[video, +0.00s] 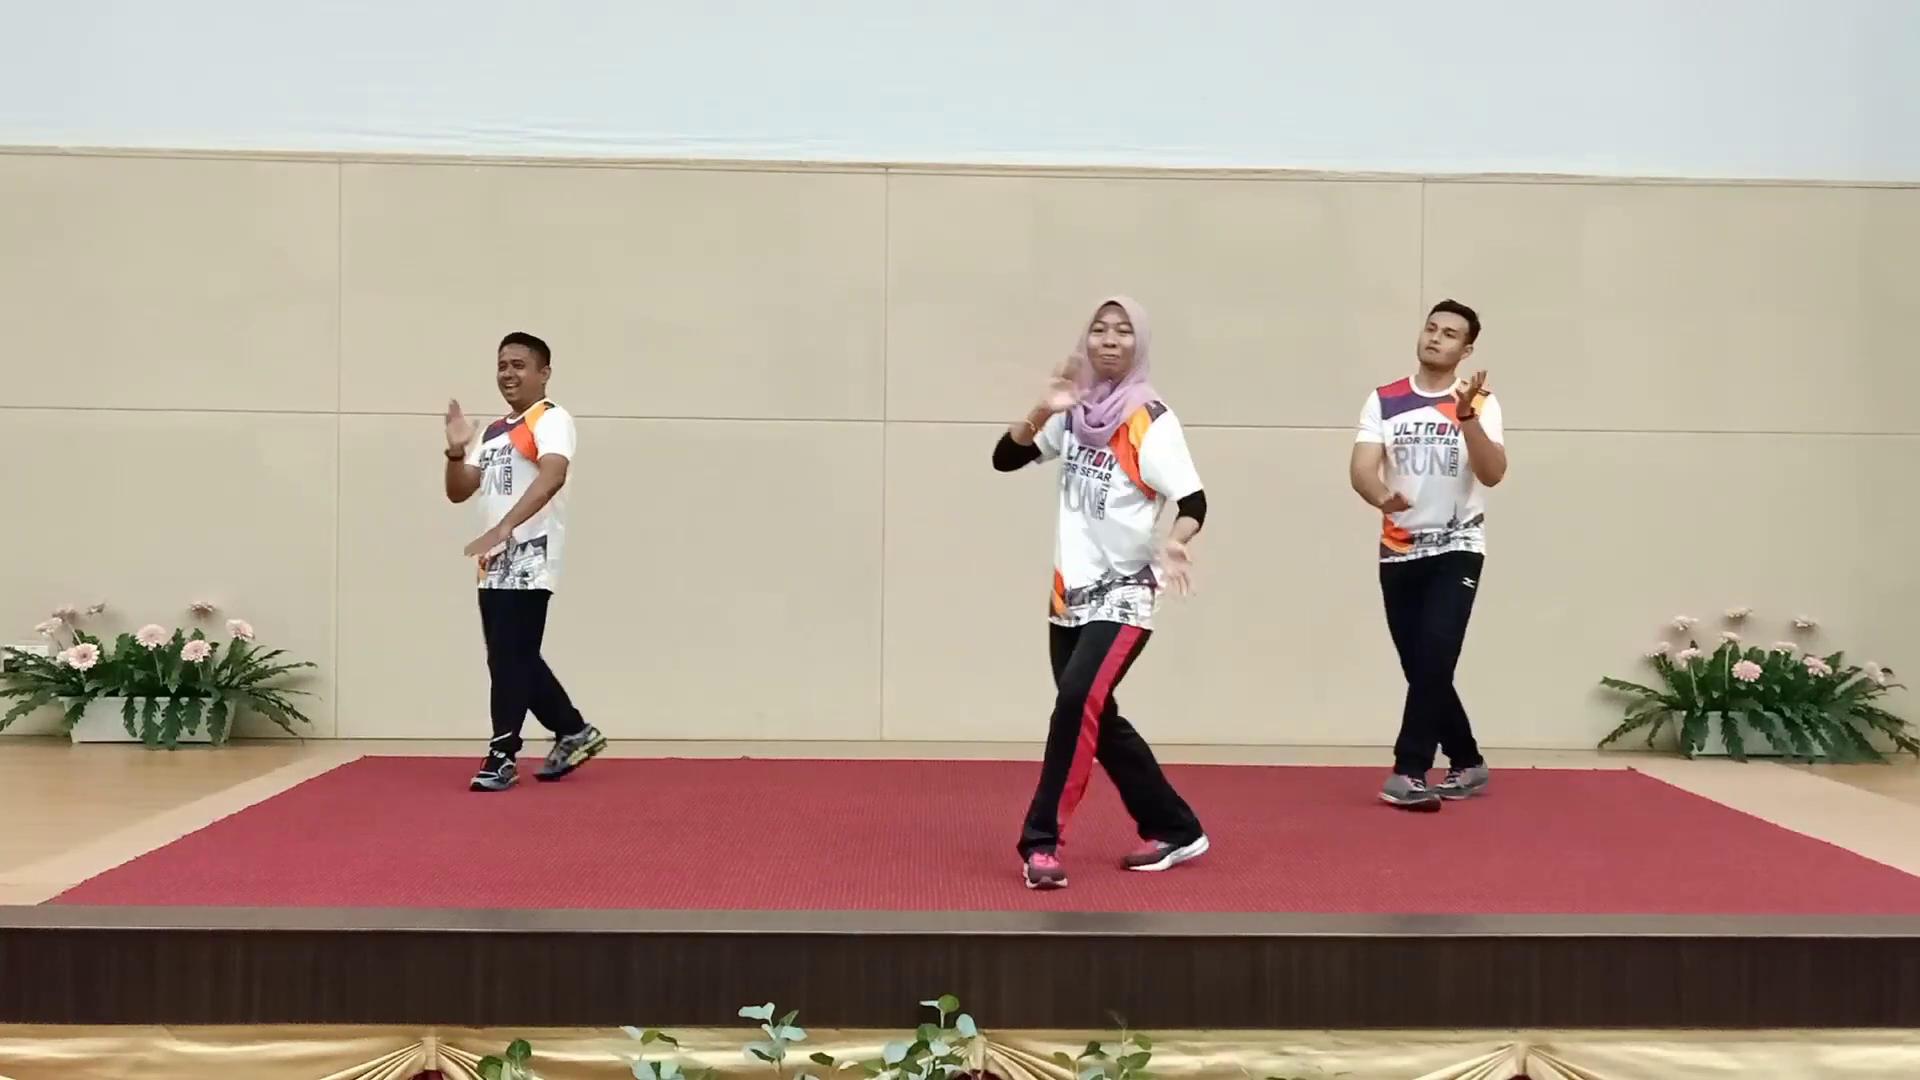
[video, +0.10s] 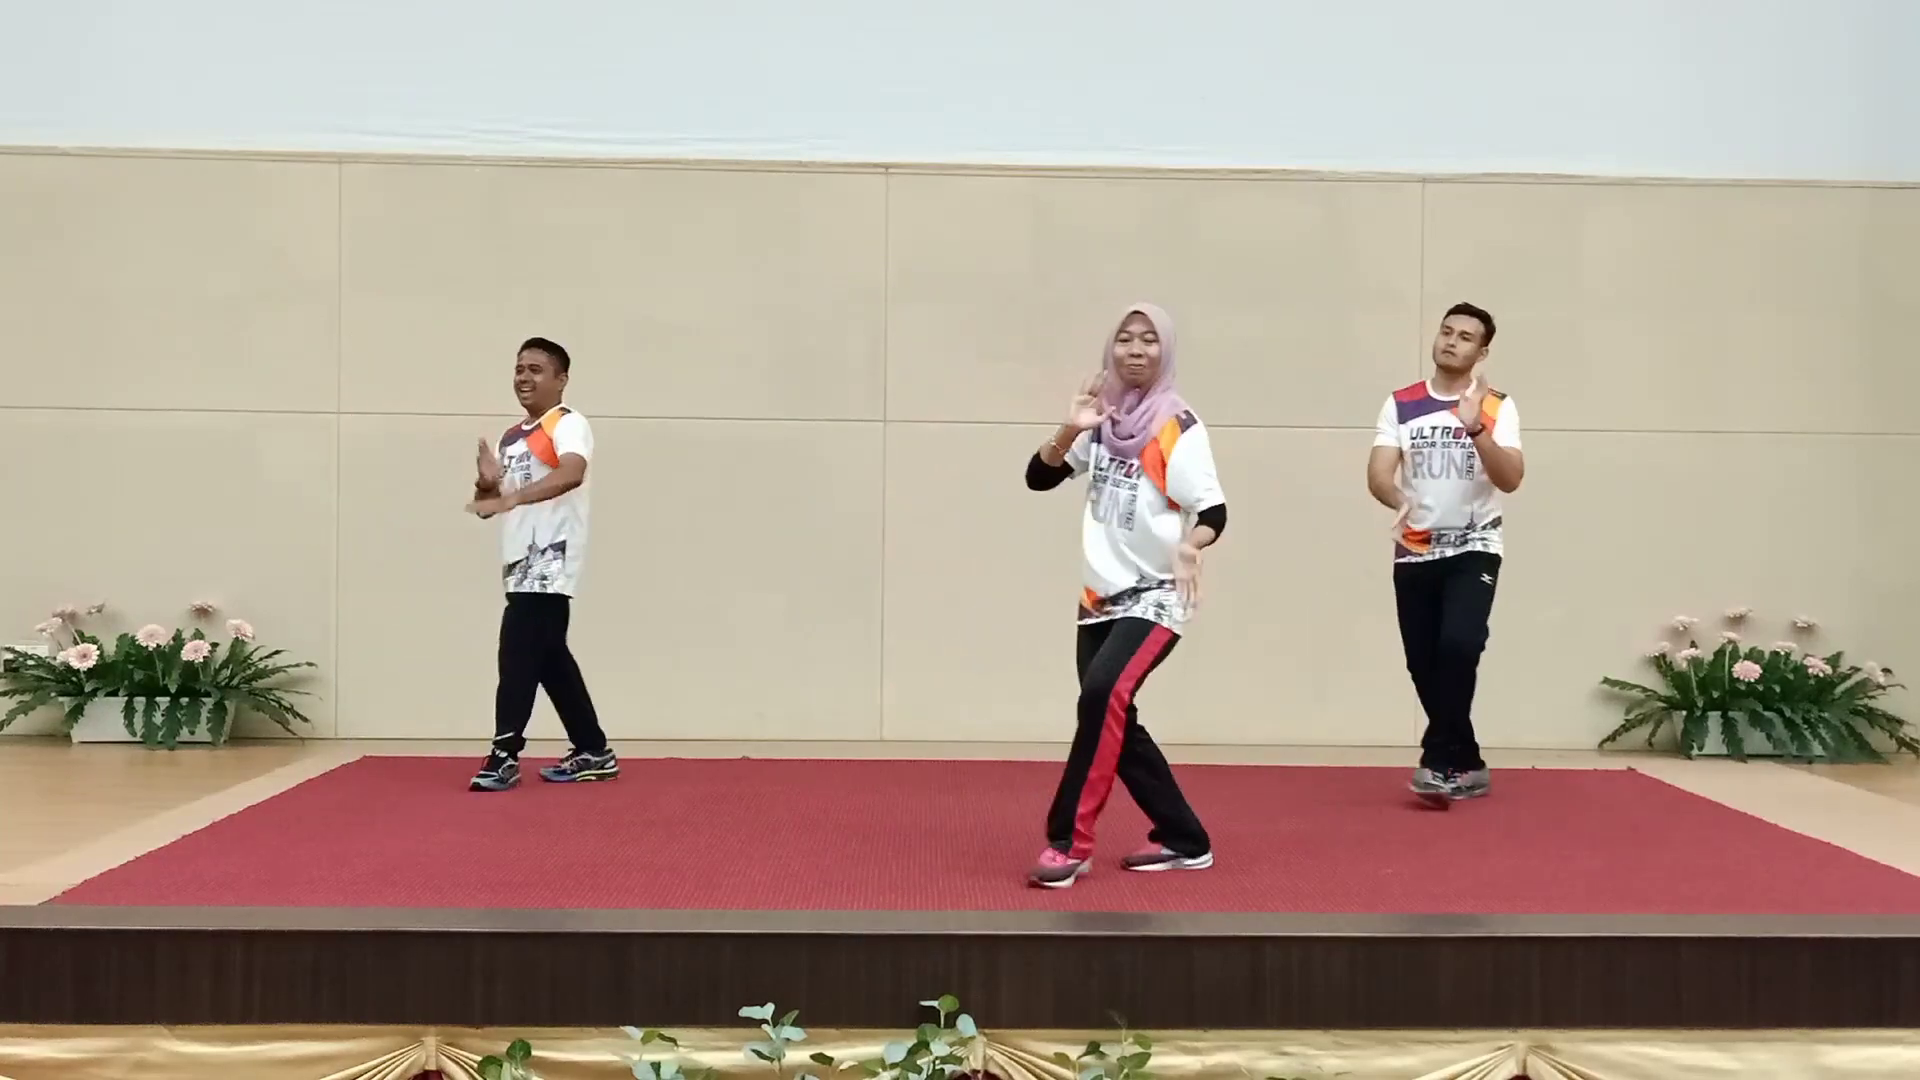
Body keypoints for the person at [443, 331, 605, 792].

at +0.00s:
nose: (507, 373)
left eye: (519, 365)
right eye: (502, 366)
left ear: (544, 373)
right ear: (496, 374)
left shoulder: (551, 419)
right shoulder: (493, 432)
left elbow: (553, 477)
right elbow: (458, 493)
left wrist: (503, 528)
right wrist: (456, 455)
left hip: (528, 563)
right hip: (495, 564)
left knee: (511, 660)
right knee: (513, 659)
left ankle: (502, 756)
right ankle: (575, 732)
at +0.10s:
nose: (523, 377)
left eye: (535, 370)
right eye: (519, 370)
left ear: (561, 379)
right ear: (514, 377)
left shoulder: (568, 422)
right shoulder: (513, 436)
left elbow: (572, 473)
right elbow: (487, 506)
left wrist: (514, 498)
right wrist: (489, 483)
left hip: (550, 564)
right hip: (523, 565)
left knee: (518, 654)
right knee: (551, 659)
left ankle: (504, 758)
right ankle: (594, 751)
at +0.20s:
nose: (540, 376)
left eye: (552, 369)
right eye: (536, 369)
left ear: (577, 378)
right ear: (531, 377)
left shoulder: (589, 422)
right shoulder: (526, 436)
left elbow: (594, 469)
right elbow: (507, 509)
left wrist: (534, 463)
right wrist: (505, 504)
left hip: (576, 561)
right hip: (543, 564)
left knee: (531, 638)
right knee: (569, 662)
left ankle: (532, 750)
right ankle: (594, 753)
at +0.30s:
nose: (557, 370)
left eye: (569, 364)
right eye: (554, 363)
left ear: (595, 373)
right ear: (550, 372)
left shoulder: (609, 419)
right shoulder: (542, 430)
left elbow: (612, 464)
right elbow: (518, 491)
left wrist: (552, 432)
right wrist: (516, 521)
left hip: (592, 551)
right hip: (556, 556)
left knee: (552, 634)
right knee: (573, 645)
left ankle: (583, 737)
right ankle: (595, 748)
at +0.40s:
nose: (575, 368)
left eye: (587, 361)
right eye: (572, 361)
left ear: (614, 370)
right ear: (568, 369)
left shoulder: (626, 419)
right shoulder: (557, 426)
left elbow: (625, 464)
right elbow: (525, 484)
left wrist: (576, 417)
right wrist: (516, 533)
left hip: (605, 553)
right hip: (570, 554)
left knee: (586, 643)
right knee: (569, 652)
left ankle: (632, 722)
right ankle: (594, 751)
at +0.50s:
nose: (593, 369)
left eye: (605, 362)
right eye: (591, 361)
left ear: (632, 372)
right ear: (587, 369)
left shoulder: (645, 423)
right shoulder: (573, 426)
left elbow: (636, 470)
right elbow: (533, 480)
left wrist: (595, 418)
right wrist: (505, 527)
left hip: (618, 566)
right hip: (580, 566)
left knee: (621, 655)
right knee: (580, 661)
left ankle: (670, 737)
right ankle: (595, 753)